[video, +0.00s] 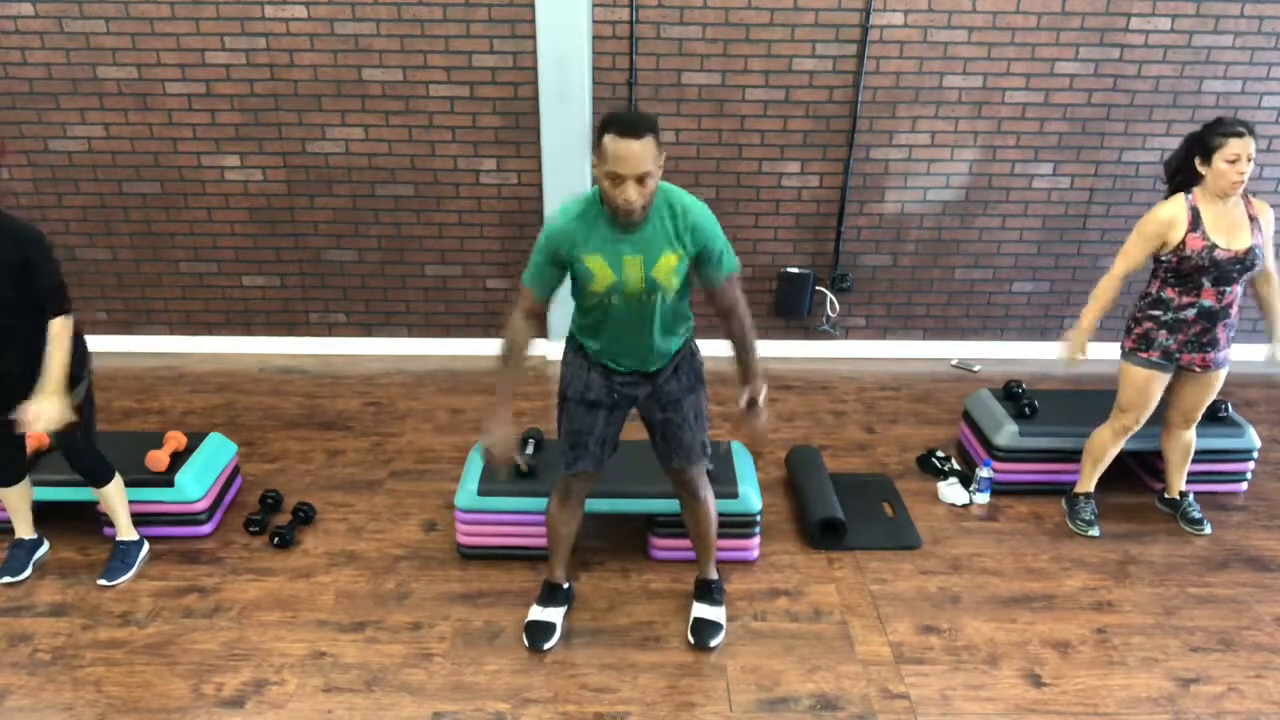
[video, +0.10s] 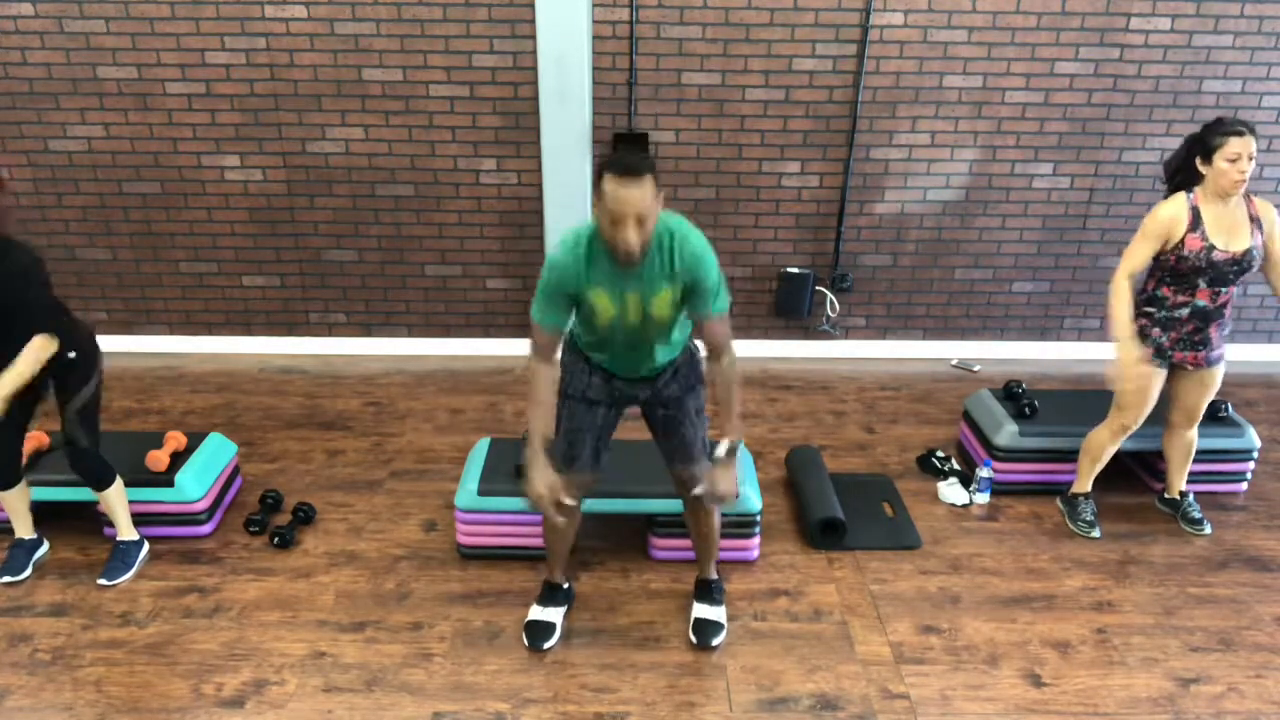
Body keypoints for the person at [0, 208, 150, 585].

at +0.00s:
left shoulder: (20, 239)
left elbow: (59, 315)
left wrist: (51, 390)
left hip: (54, 362)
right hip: (7, 371)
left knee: (79, 449)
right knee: (6, 458)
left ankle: (129, 538)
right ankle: (26, 539)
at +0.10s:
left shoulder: (14, 261)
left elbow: (44, 341)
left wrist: (6, 387)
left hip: (68, 348)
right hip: (15, 358)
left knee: (81, 449)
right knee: (2, 451)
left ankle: (129, 539)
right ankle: (25, 539)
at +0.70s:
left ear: (5, 345)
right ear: (4, 345)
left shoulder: (31, 371)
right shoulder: (8, 375)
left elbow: (16, 447)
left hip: (101, 412)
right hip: (54, 420)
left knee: (81, 482)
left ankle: (130, 541)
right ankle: (26, 539)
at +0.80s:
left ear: (3, 313)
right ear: (3, 314)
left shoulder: (25, 345)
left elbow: (12, 419)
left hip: (94, 401)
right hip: (45, 410)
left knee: (79, 479)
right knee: (1, 477)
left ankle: (130, 540)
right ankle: (26, 538)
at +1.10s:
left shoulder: (16, 253)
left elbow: (36, 332)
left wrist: (41, 410)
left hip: (61, 357)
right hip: (11, 365)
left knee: (78, 456)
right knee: (1, 458)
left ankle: (129, 539)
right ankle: (26, 538)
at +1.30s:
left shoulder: (26, 233)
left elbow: (74, 299)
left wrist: (108, 361)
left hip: (44, 363)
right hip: (3, 371)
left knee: (79, 450)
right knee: (7, 459)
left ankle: (129, 538)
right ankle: (26, 538)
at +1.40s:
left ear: (5, 199)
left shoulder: (31, 236)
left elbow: (81, 291)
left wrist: (116, 344)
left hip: (40, 366)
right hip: (1, 375)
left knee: (80, 452)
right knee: (7, 461)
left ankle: (129, 539)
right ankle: (26, 539)